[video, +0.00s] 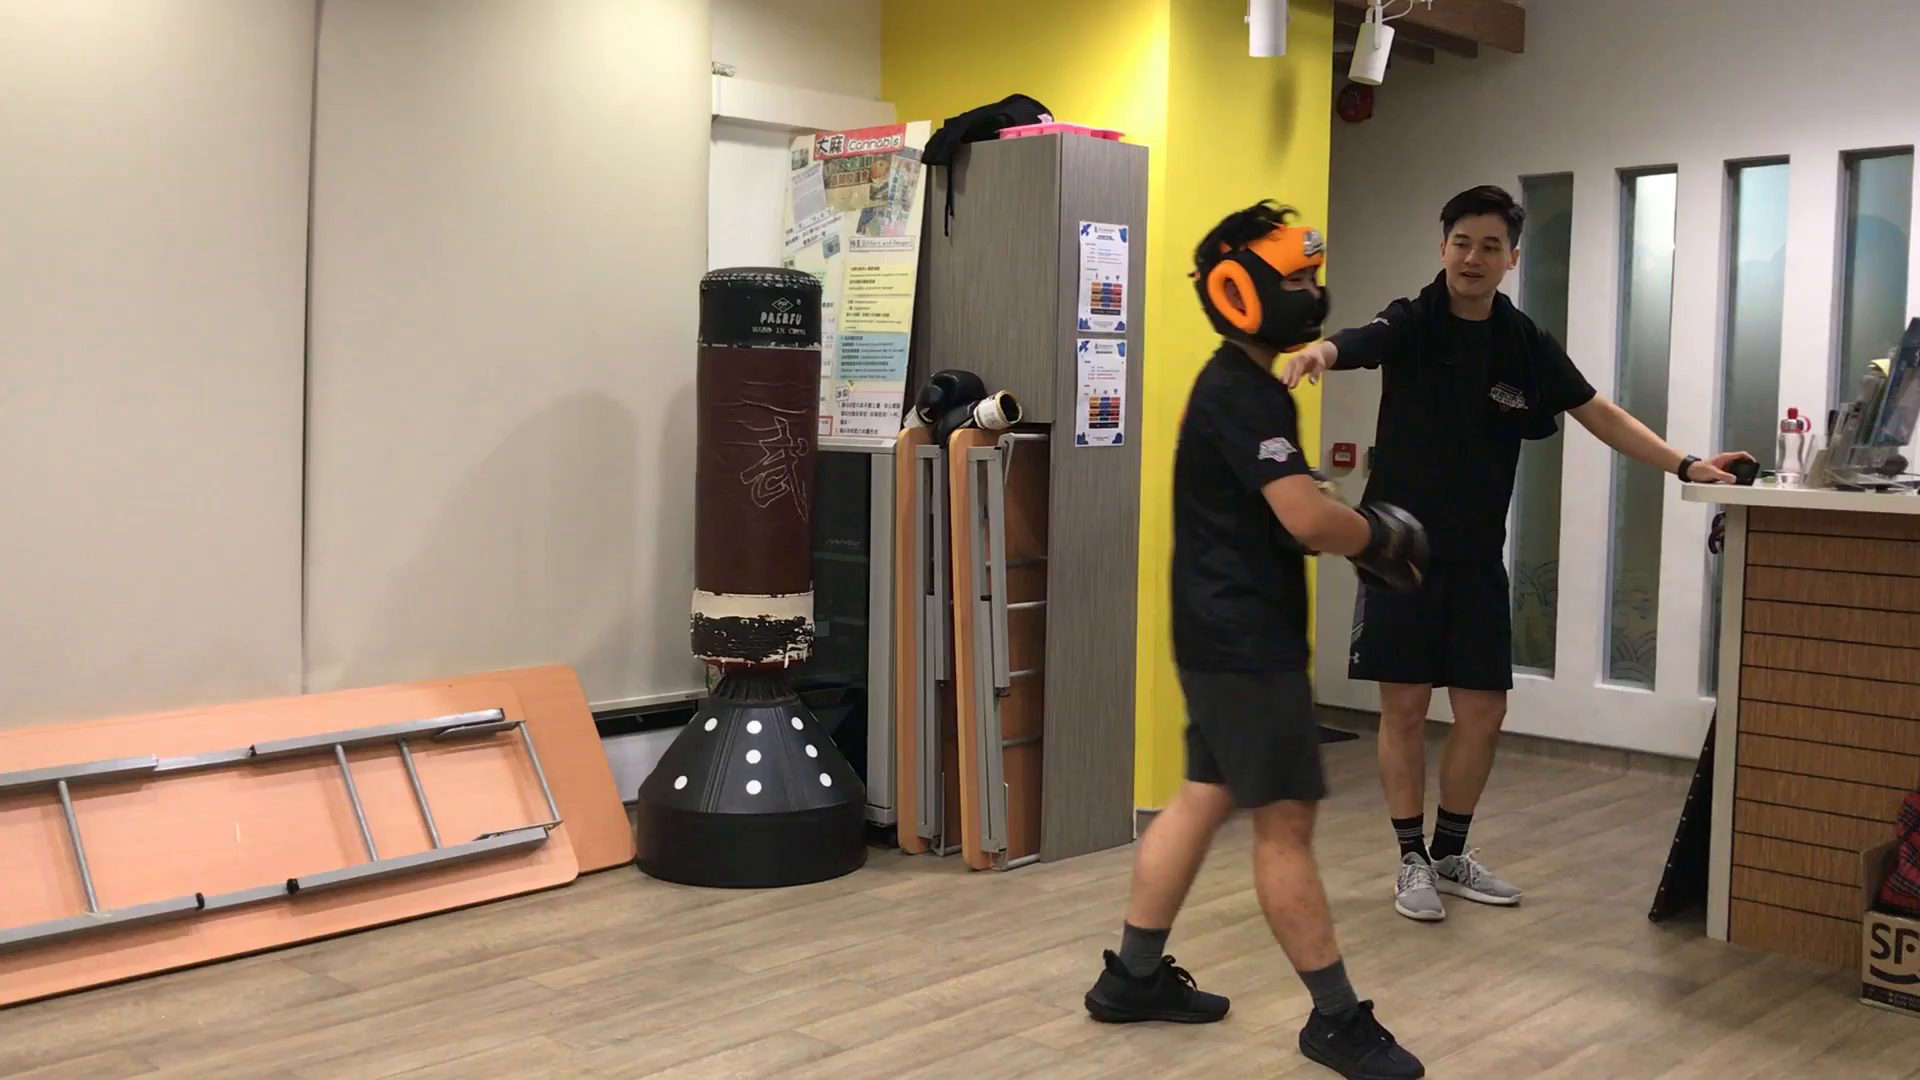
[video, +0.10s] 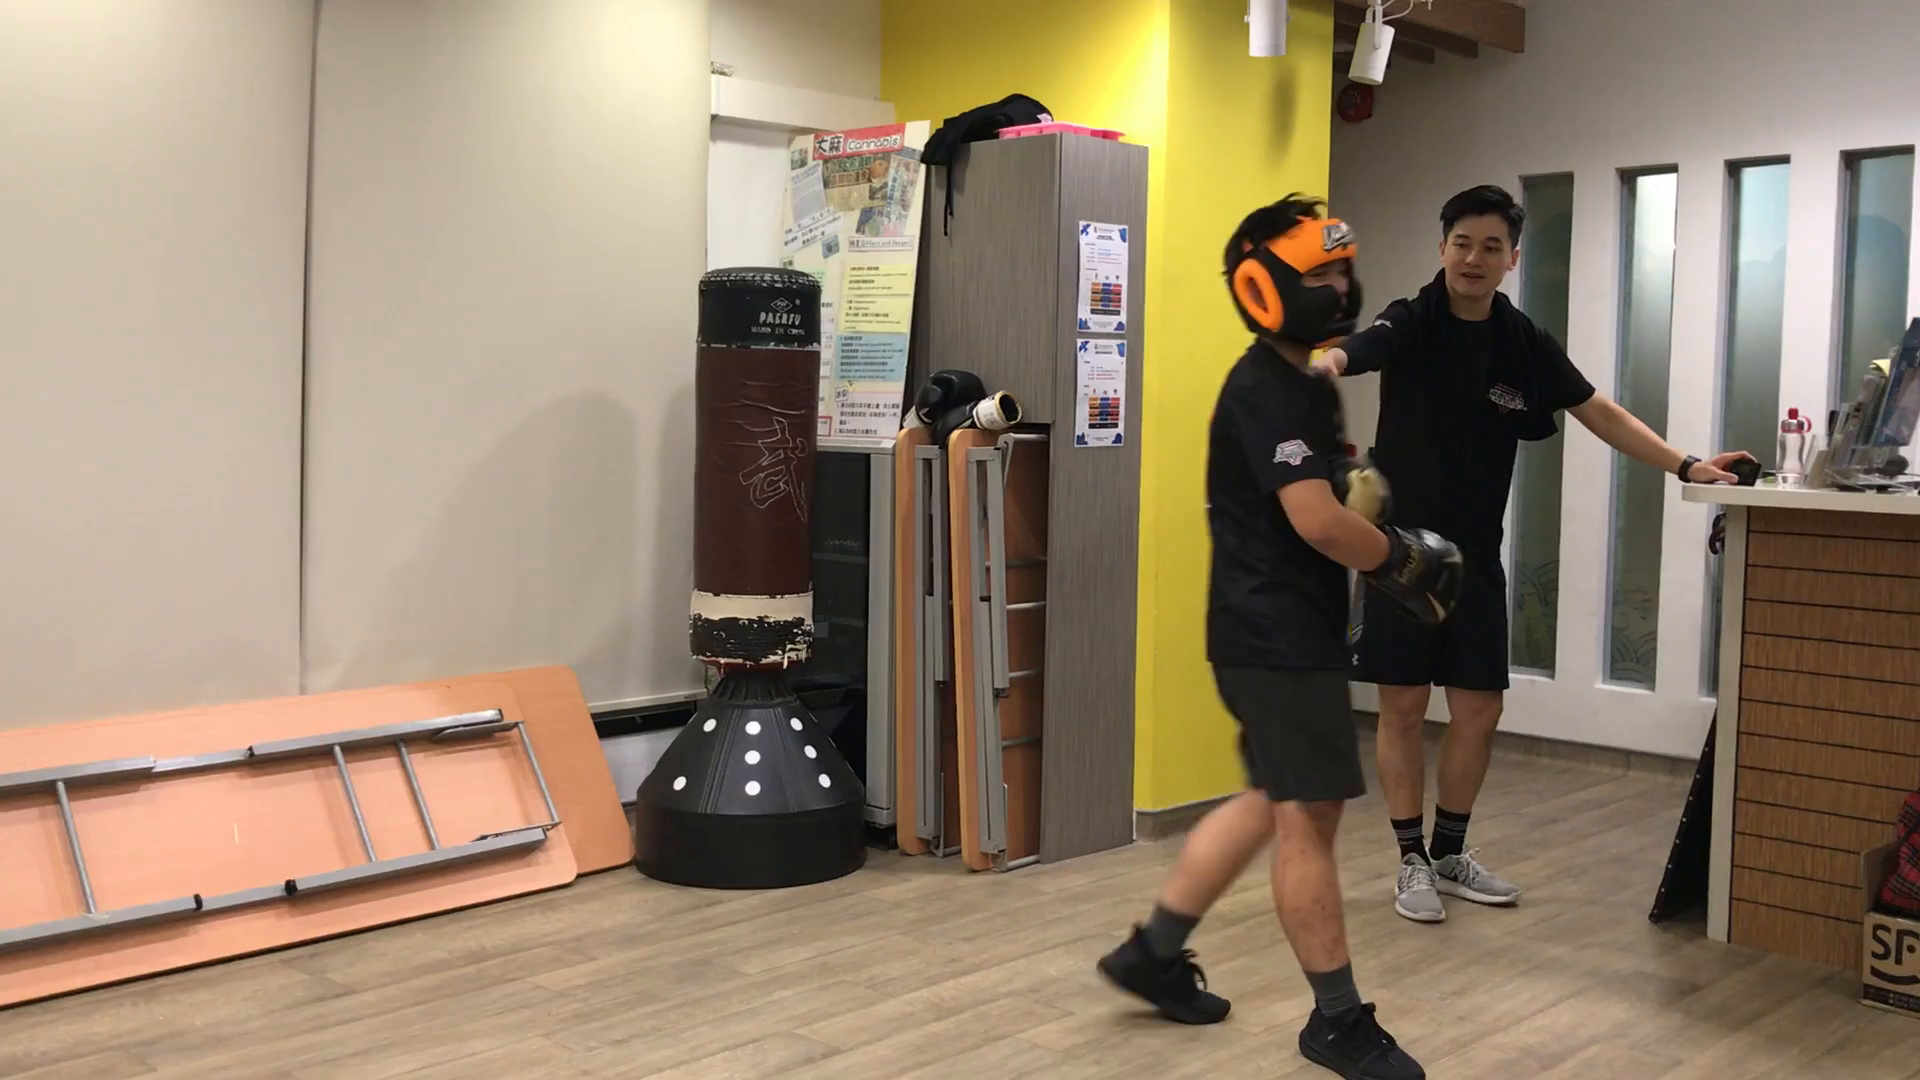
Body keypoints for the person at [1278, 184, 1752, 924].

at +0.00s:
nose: (1474, 257)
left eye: (1491, 246)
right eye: (1463, 243)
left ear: (1512, 258)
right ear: (1442, 248)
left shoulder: (1526, 342)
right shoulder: (1412, 321)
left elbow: (1602, 416)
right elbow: (1349, 347)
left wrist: (1684, 463)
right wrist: (1316, 356)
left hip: (1477, 550)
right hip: (1400, 544)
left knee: (1483, 706)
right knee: (1405, 704)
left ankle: (1450, 854)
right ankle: (1412, 861)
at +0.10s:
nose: (1474, 259)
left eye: (1490, 248)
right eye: (1462, 244)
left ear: (1511, 258)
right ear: (1441, 248)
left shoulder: (1524, 342)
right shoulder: (1410, 322)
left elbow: (1600, 414)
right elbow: (1343, 354)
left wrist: (1684, 464)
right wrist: (1319, 362)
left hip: (1477, 548)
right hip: (1397, 544)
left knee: (1478, 708)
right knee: (1402, 705)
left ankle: (1449, 855)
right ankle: (1413, 863)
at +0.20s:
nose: (1474, 259)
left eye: (1491, 248)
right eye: (1463, 244)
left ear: (1512, 258)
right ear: (1441, 247)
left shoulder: (1523, 342)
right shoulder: (1397, 332)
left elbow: (1602, 414)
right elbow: (1343, 419)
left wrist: (1685, 464)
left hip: (1473, 545)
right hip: (1394, 541)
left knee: (1477, 704)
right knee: (1405, 702)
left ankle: (1440, 846)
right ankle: (1411, 857)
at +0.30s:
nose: (1475, 260)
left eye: (1491, 248)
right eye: (1462, 245)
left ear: (1511, 258)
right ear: (1440, 248)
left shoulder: (1522, 341)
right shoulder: (1399, 330)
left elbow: (1598, 412)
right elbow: (1352, 423)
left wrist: (1684, 464)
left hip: (1473, 544)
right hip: (1391, 542)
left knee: (1478, 699)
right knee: (1405, 696)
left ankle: (1425, 830)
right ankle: (1408, 850)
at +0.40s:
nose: (1474, 258)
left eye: (1489, 246)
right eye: (1461, 243)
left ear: (1509, 256)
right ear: (1437, 247)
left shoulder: (1523, 341)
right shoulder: (1403, 322)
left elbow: (1604, 415)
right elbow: (1356, 418)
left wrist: (1686, 464)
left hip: (1472, 544)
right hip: (1389, 536)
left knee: (1476, 700)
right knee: (1401, 684)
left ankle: (1431, 848)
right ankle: (1402, 827)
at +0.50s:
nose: (1478, 259)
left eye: (1491, 245)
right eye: (1465, 246)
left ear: (1509, 253)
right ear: (1436, 253)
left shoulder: (1524, 340)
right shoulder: (1408, 337)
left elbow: (1603, 414)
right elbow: (1362, 432)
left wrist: (1685, 463)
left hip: (1475, 550)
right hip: (1392, 550)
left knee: (1467, 697)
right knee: (1400, 694)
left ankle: (1466, 832)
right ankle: (1405, 841)